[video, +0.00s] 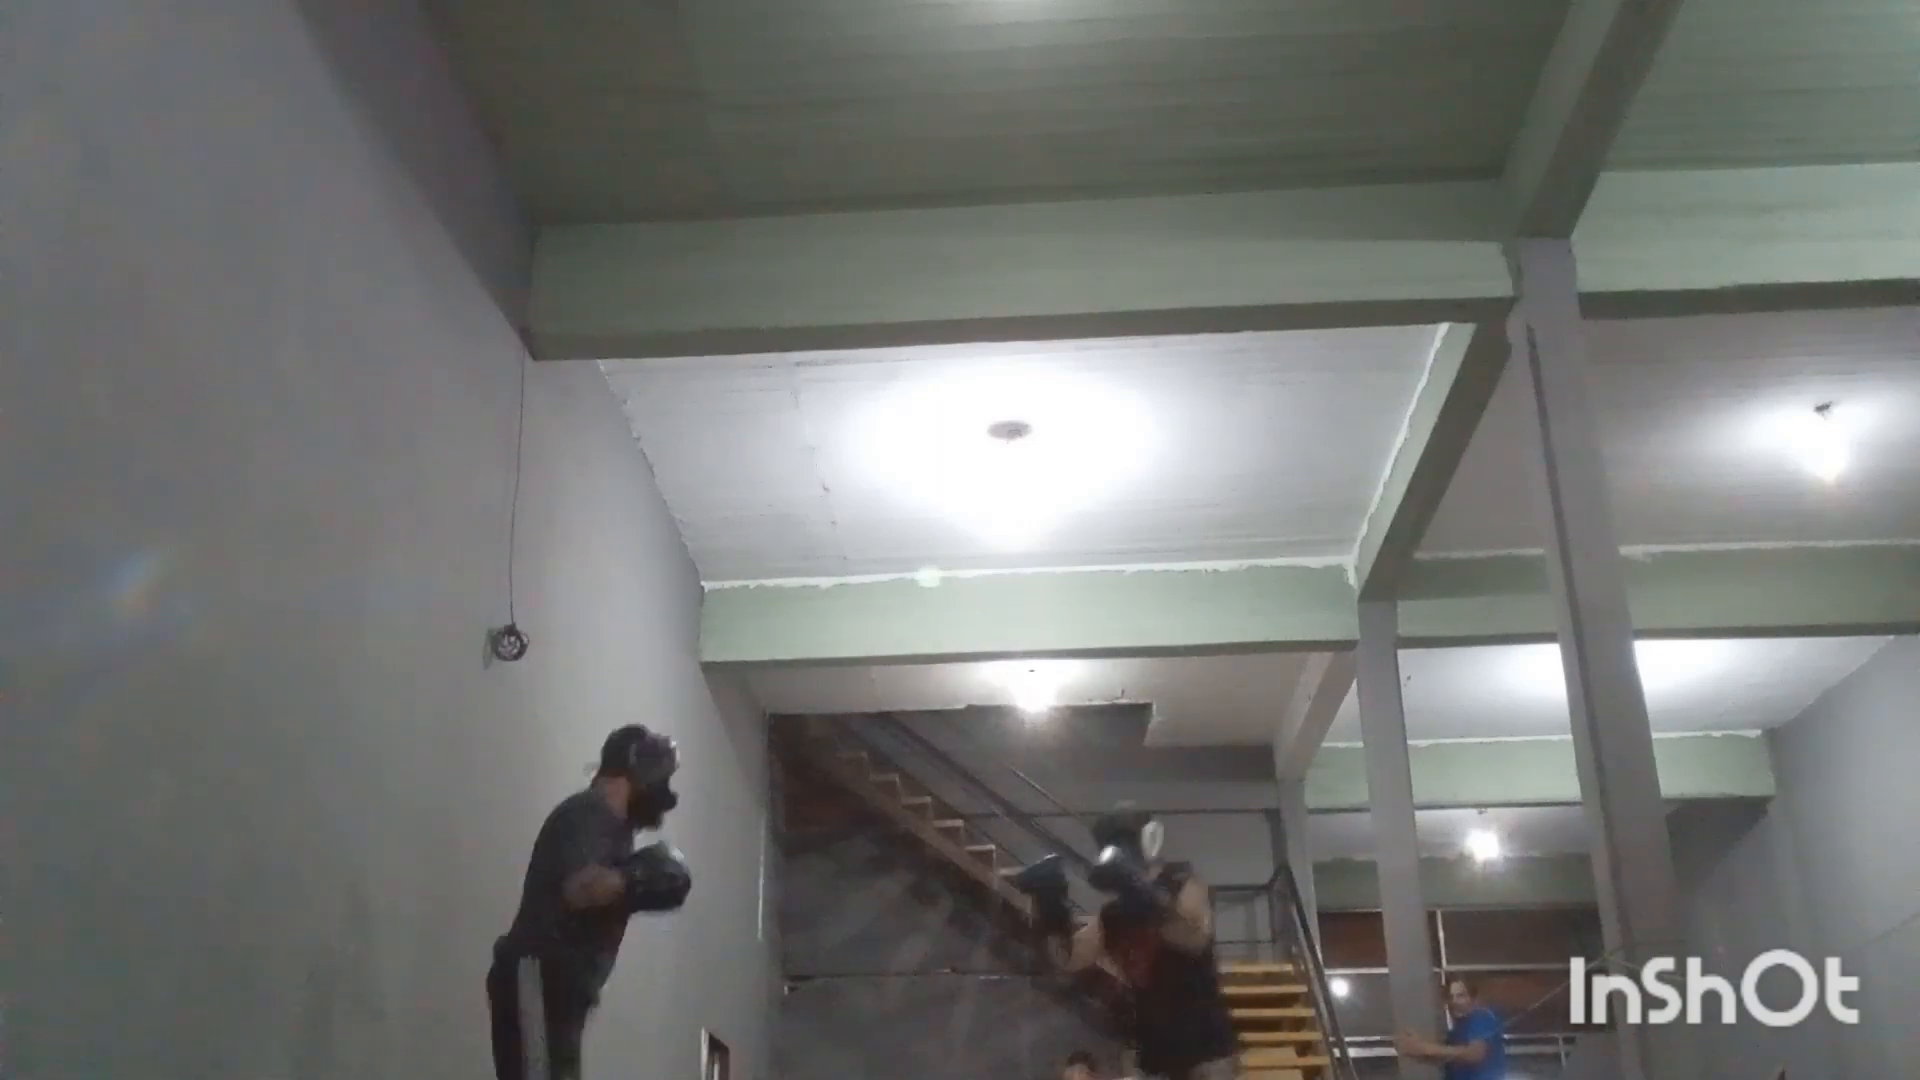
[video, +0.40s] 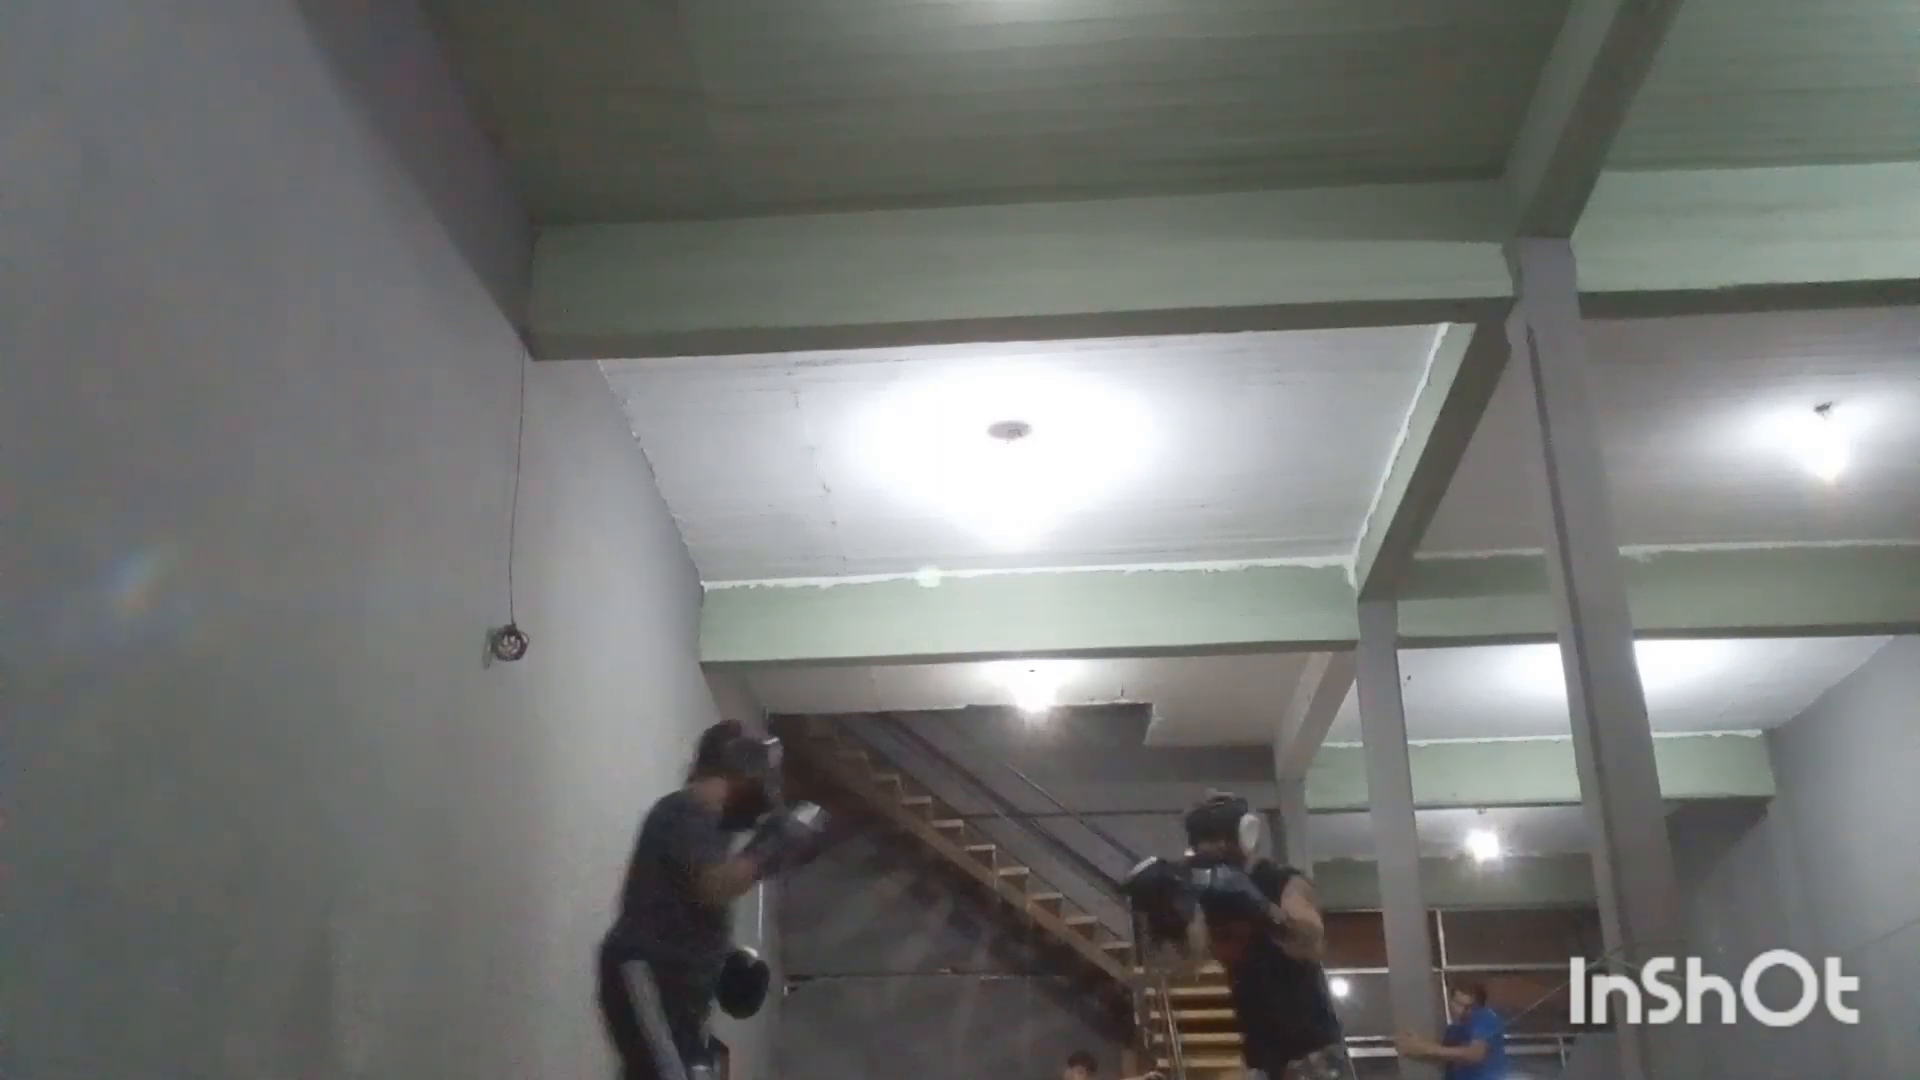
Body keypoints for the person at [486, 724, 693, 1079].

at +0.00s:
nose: (668, 794)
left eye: (668, 781)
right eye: (662, 779)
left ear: (633, 772)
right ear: (636, 772)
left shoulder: (614, 825)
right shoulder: (587, 814)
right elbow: (579, 889)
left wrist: (647, 883)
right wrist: (639, 873)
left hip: (563, 973)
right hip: (536, 970)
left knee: (561, 1069)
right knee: (537, 1070)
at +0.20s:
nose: (687, 811)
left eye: (688, 799)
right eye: (682, 798)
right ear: (659, 791)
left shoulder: (637, 849)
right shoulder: (606, 833)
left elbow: (625, 911)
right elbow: (610, 912)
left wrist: (681, 895)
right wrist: (671, 902)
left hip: (587, 989)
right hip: (558, 981)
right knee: (591, 1070)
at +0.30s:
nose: (723, 814)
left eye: (722, 799)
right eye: (717, 798)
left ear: (685, 792)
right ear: (693, 793)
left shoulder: (664, 849)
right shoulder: (634, 836)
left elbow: (651, 928)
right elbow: (643, 918)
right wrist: (705, 891)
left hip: (623, 997)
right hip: (594, 989)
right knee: (629, 1069)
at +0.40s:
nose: (770, 795)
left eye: (770, 783)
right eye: (763, 781)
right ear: (738, 776)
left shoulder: (711, 825)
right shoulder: (685, 812)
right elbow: (711, 886)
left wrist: (725, 961)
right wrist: (770, 846)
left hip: (678, 970)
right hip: (640, 965)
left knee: (701, 1064)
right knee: (669, 1068)